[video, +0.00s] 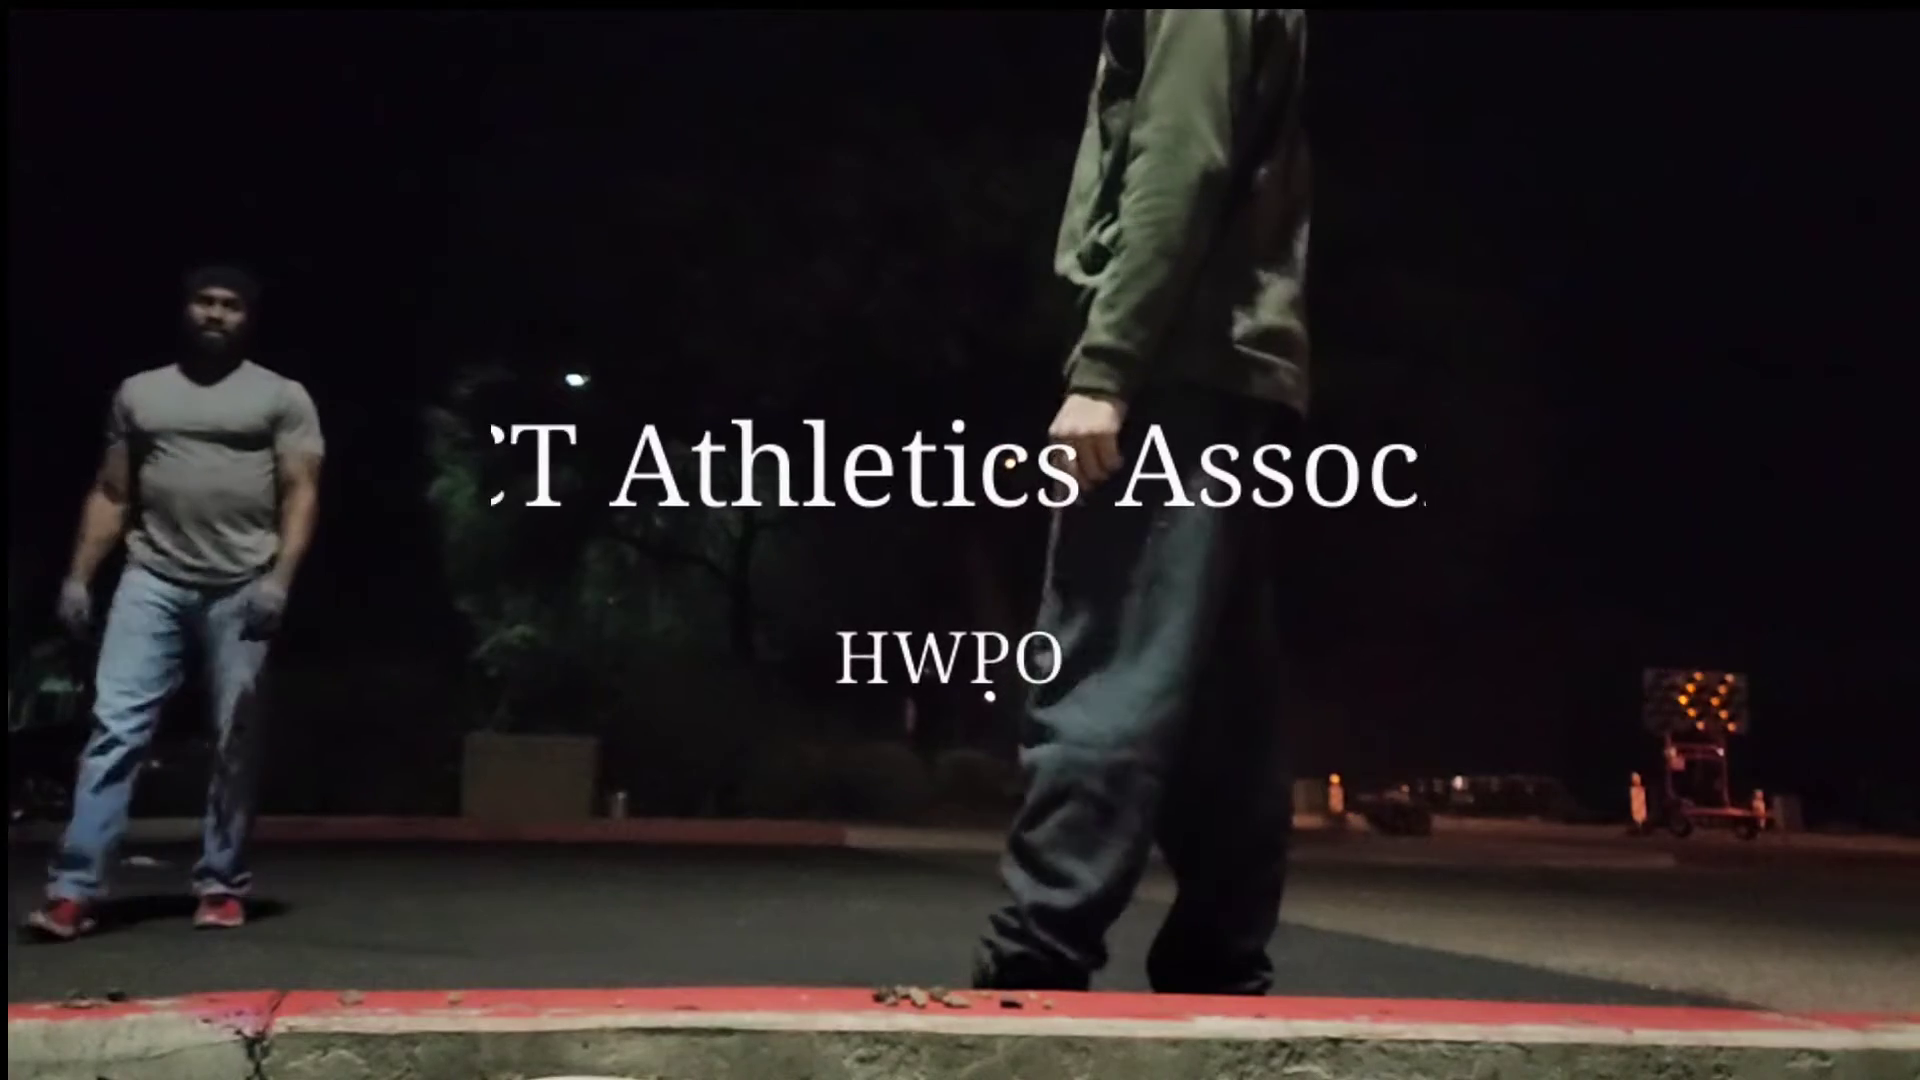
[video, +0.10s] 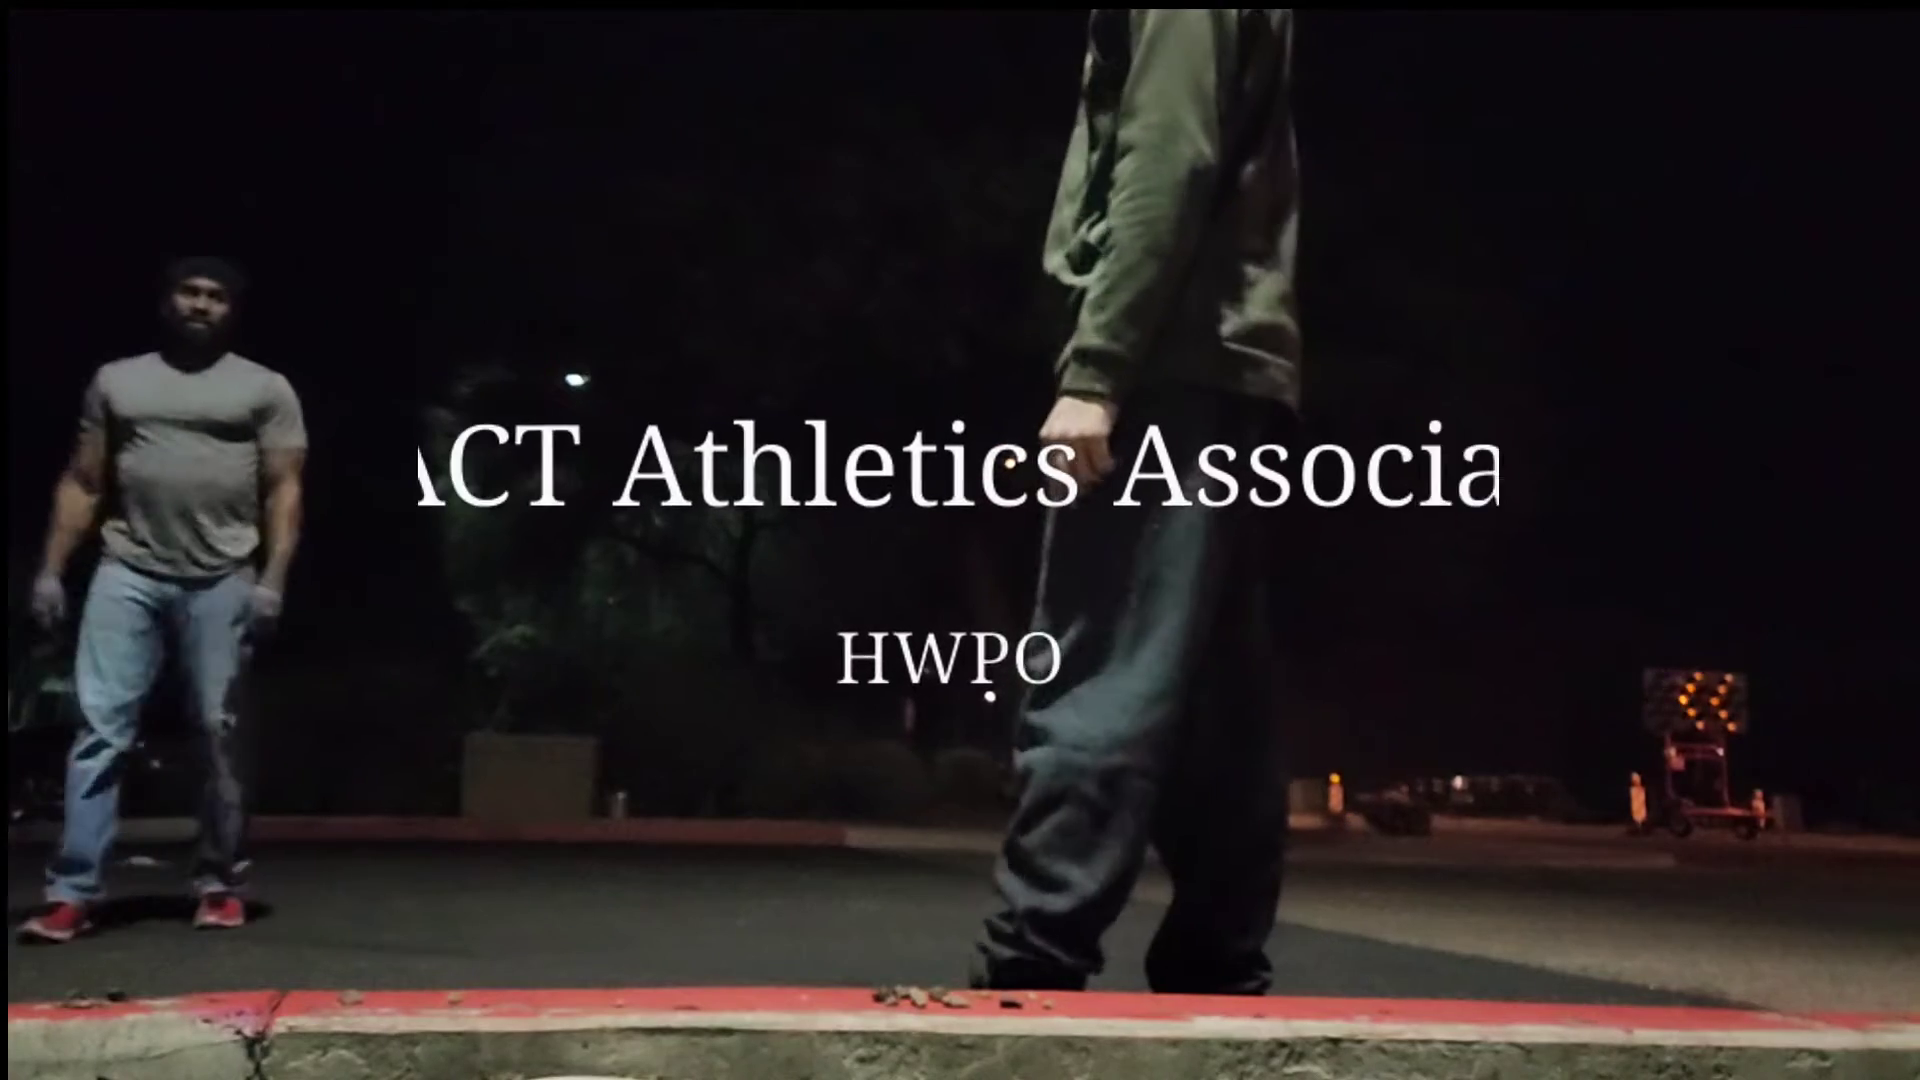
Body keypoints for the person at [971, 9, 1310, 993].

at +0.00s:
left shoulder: (1205, 18)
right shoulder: (1229, 29)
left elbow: (1178, 163)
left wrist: (1100, 376)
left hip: (1180, 367)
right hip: (1234, 372)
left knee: (1108, 666)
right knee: (1223, 684)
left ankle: (1037, 958)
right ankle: (1215, 970)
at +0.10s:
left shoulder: (1189, 18)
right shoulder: (1222, 31)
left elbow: (1169, 160)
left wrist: (1091, 377)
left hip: (1169, 367)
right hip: (1225, 371)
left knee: (1099, 668)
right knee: (1216, 683)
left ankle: (1034, 959)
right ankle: (1213, 970)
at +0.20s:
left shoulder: (1176, 19)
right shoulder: (1210, 32)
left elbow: (1154, 156)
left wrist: (1076, 377)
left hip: (1159, 366)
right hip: (1209, 369)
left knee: (1083, 667)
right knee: (1204, 682)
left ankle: (1027, 957)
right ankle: (1211, 971)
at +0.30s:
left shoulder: (1160, 20)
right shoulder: (1201, 35)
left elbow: (1138, 152)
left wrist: (1056, 377)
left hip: (1142, 367)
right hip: (1195, 369)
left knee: (1059, 669)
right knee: (1192, 684)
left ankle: (1018, 963)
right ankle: (1207, 976)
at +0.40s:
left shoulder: (1132, 19)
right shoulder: (1183, 33)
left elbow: (1114, 153)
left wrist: (1034, 381)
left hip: (1126, 359)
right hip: (1181, 359)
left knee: (1048, 662)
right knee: (1180, 677)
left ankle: (1012, 963)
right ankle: (1206, 978)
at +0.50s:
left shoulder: (1105, 20)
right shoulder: (1145, 31)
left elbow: (1088, 159)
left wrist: (1013, 386)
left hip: (1117, 353)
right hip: (1171, 351)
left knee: (1046, 656)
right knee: (1168, 666)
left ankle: (1014, 959)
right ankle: (1203, 969)